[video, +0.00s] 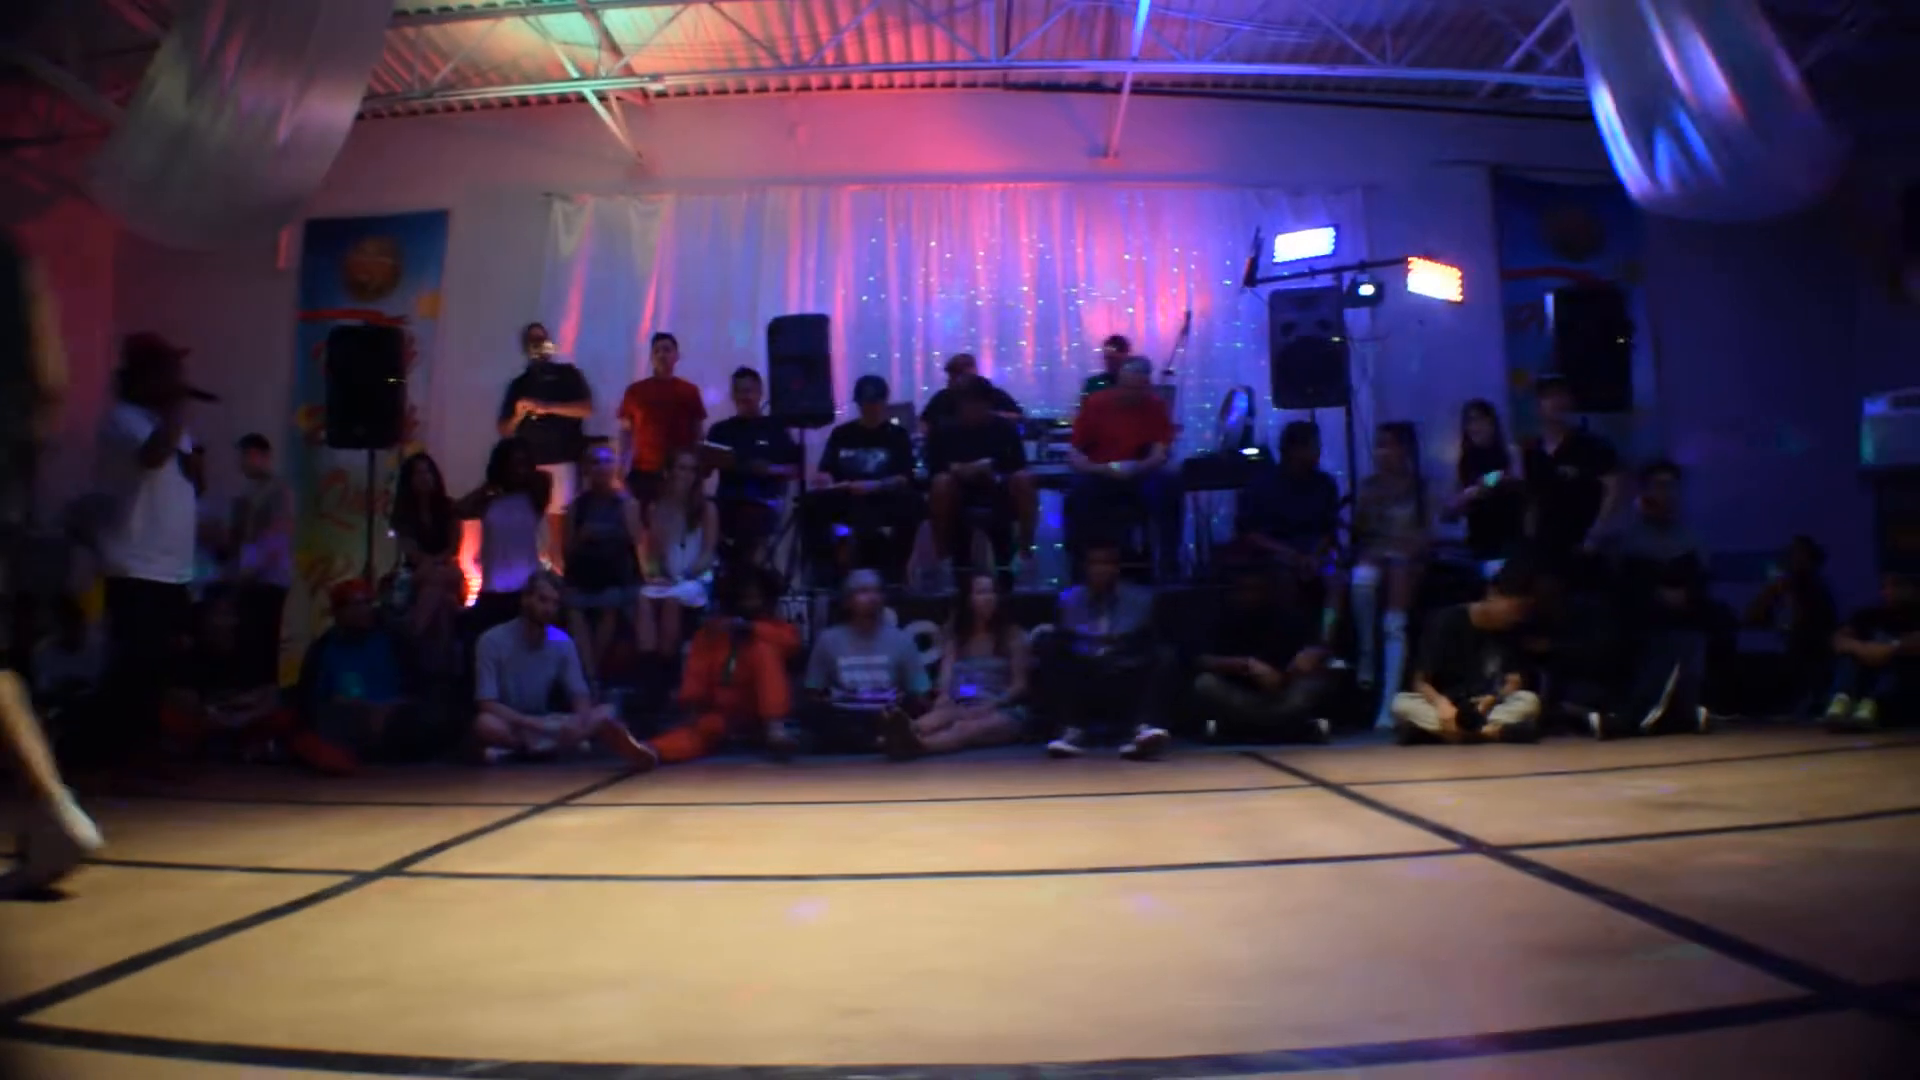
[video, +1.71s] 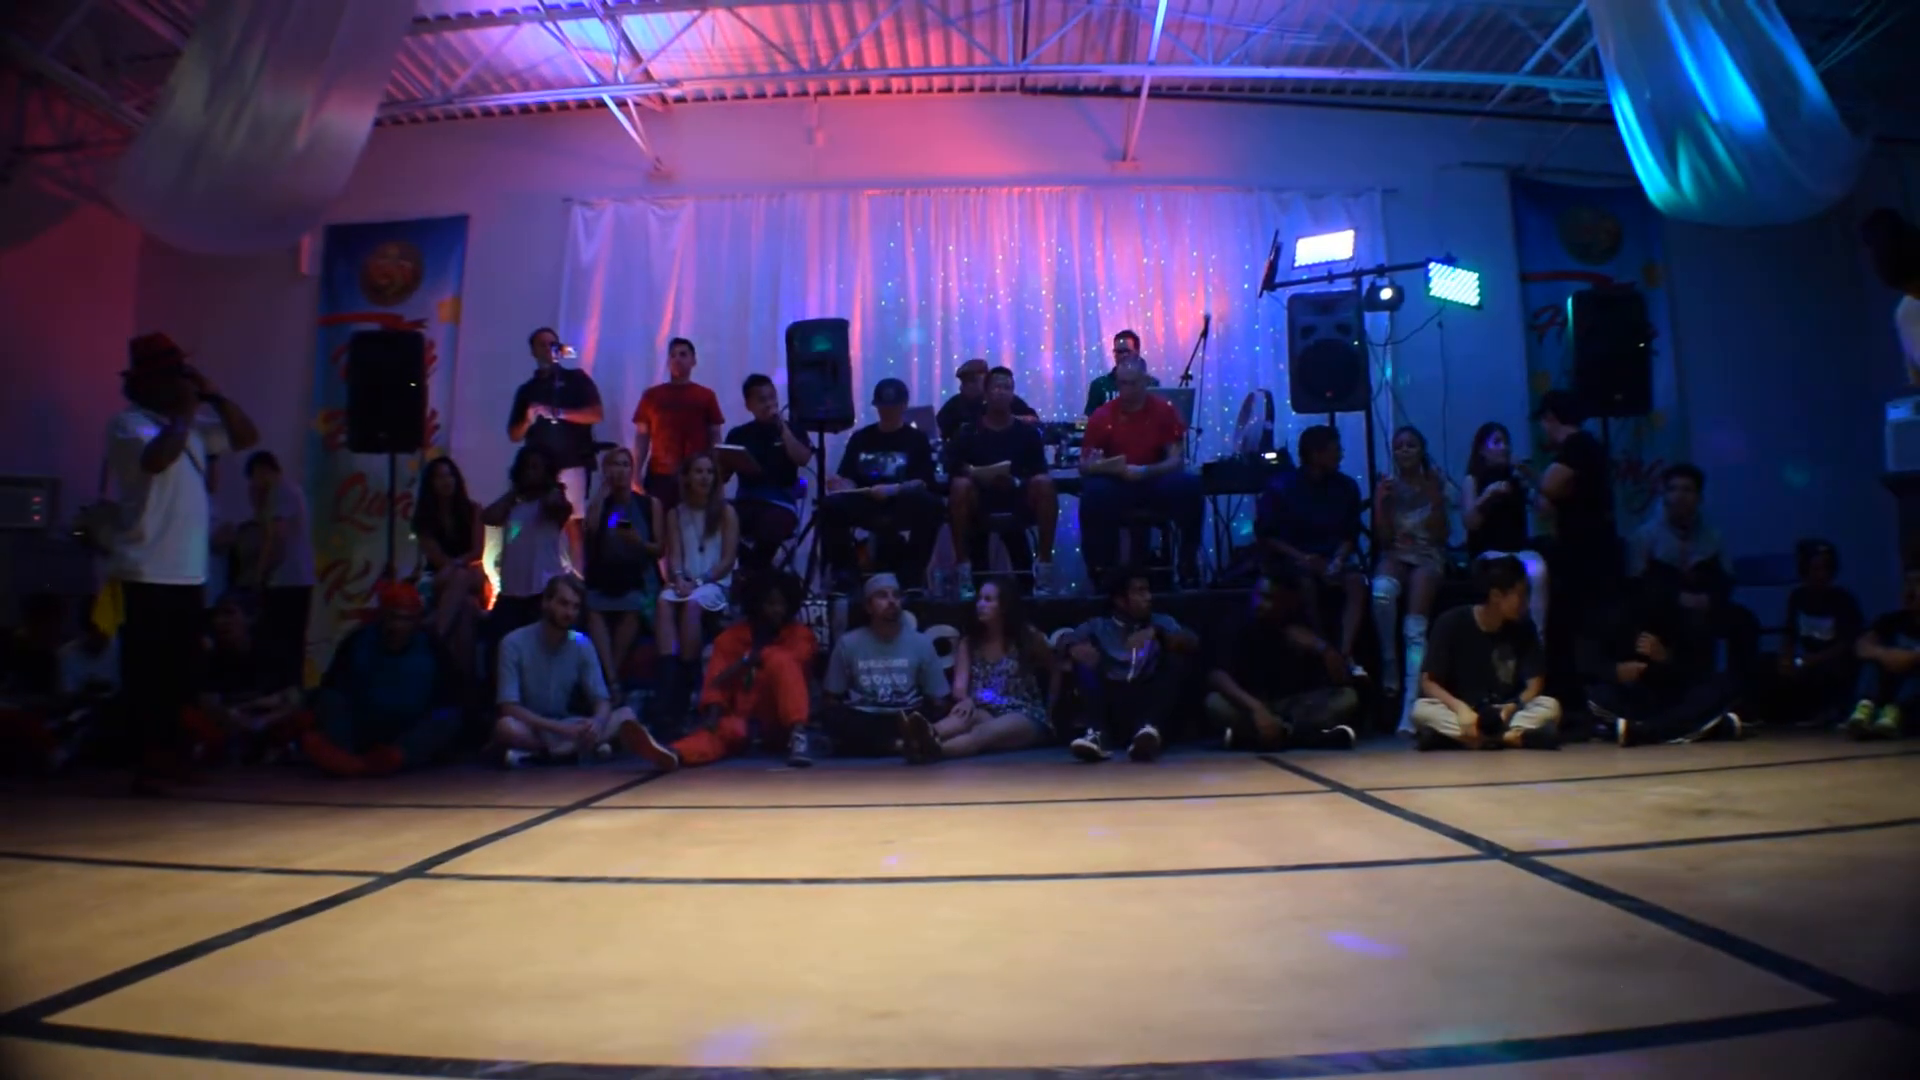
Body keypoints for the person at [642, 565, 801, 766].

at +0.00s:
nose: (747, 605)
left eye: (754, 598)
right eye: (741, 598)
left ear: (766, 601)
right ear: (728, 600)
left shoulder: (773, 629)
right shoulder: (711, 632)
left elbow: (790, 641)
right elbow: (693, 690)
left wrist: (751, 628)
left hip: (758, 710)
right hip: (722, 712)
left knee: (763, 650)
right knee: (701, 734)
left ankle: (776, 726)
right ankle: (650, 751)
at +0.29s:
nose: (750, 605)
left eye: (756, 599)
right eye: (744, 598)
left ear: (766, 601)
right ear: (730, 602)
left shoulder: (773, 629)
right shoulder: (708, 636)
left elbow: (789, 644)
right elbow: (694, 696)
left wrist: (751, 635)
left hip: (760, 715)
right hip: (721, 716)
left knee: (770, 656)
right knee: (695, 737)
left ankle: (778, 734)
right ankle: (653, 753)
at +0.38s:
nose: (750, 605)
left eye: (756, 599)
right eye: (743, 598)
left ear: (766, 602)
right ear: (729, 601)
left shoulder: (773, 631)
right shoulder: (707, 637)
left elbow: (787, 646)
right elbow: (693, 695)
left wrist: (747, 634)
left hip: (757, 714)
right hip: (720, 718)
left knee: (765, 656)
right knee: (695, 737)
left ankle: (776, 734)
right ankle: (650, 752)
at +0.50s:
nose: (749, 606)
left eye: (755, 600)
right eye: (743, 599)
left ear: (766, 603)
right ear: (729, 602)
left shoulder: (774, 630)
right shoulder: (708, 638)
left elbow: (784, 647)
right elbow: (692, 697)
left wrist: (741, 632)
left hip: (756, 713)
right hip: (719, 717)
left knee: (763, 657)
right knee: (696, 736)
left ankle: (776, 734)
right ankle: (651, 752)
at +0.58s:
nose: (752, 607)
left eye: (758, 600)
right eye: (746, 600)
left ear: (769, 605)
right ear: (732, 604)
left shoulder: (780, 633)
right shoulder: (714, 637)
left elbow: (783, 653)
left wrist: (746, 635)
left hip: (758, 715)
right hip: (721, 716)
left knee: (763, 660)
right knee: (698, 739)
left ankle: (780, 734)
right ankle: (655, 753)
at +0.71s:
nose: (776, 607)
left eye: (782, 600)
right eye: (770, 600)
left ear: (793, 604)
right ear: (755, 602)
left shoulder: (800, 632)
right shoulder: (737, 636)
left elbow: (812, 651)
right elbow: (721, 684)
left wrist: (777, 640)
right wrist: (718, 711)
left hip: (784, 713)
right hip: (747, 716)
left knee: (785, 653)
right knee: (729, 730)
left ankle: (802, 731)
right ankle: (681, 751)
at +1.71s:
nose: (775, 611)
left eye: (781, 604)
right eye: (769, 603)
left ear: (791, 607)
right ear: (755, 604)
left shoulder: (799, 635)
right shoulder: (730, 639)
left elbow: (795, 658)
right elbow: (714, 687)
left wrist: (760, 659)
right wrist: (714, 713)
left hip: (779, 715)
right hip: (741, 718)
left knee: (779, 658)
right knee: (728, 732)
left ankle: (798, 735)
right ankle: (674, 753)